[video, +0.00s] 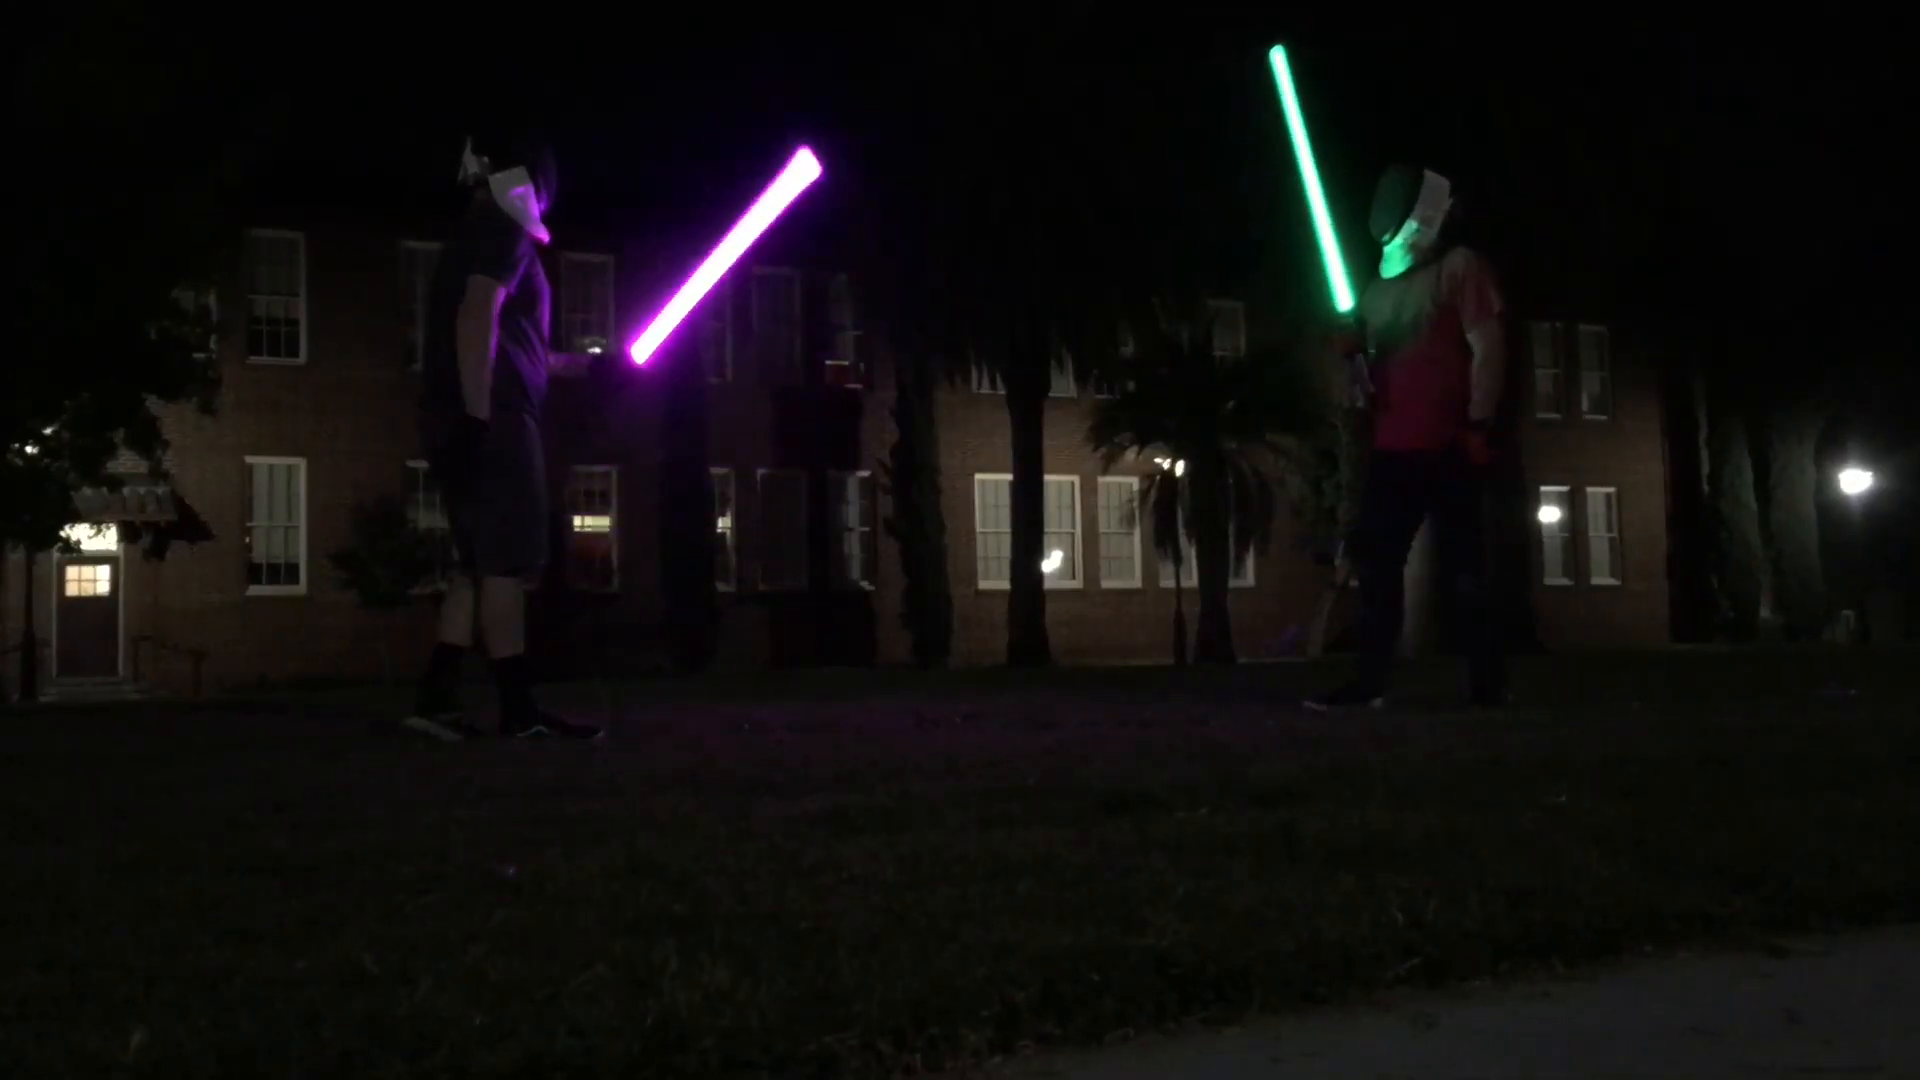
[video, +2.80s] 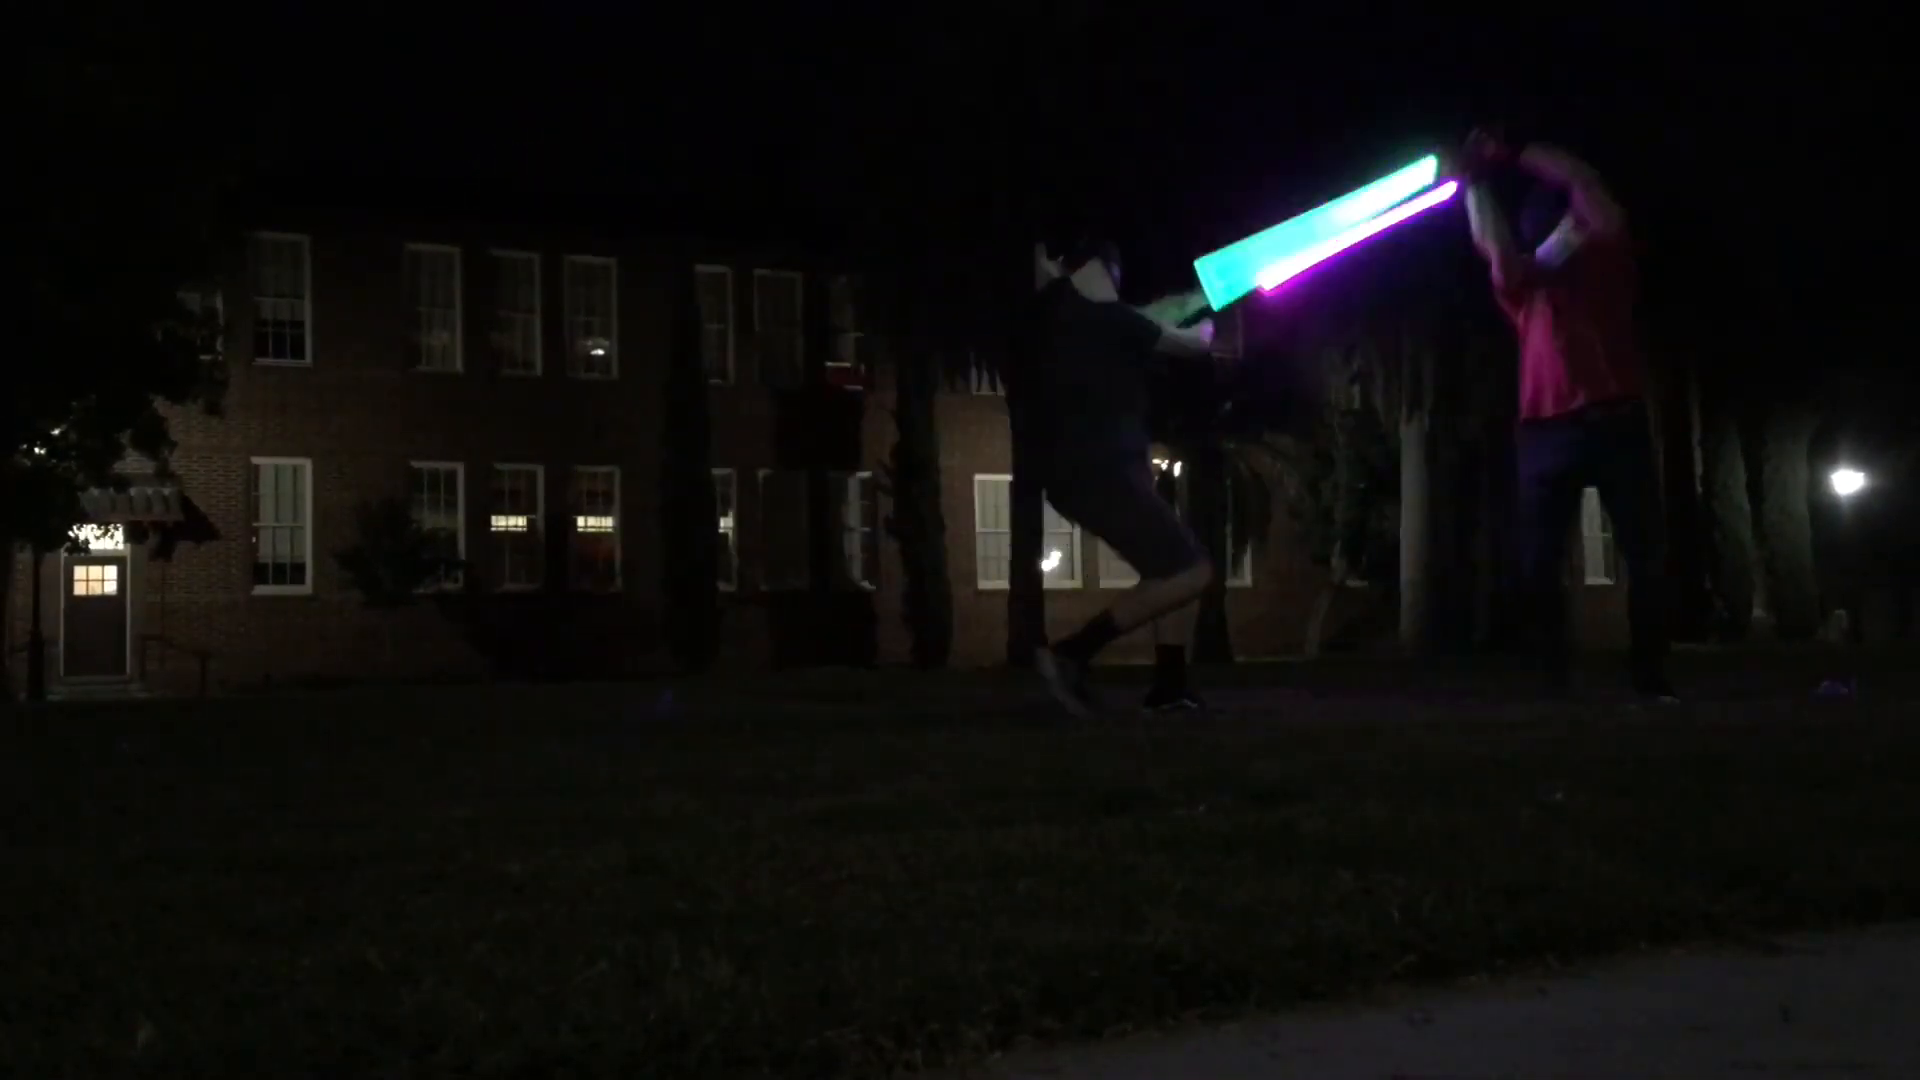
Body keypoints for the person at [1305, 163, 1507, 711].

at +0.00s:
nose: (1387, 237)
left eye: (1397, 225)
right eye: (1385, 227)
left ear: (1425, 221)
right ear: (1389, 226)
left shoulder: (1460, 271)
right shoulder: (1379, 289)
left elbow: (1488, 348)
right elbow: (1361, 392)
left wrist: (1481, 421)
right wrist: (1349, 356)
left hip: (1452, 446)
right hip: (1394, 450)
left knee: (1463, 568)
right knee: (1376, 562)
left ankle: (1481, 679)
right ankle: (1367, 677)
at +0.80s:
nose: (1344, 236)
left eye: (1353, 224)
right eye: (1345, 225)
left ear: (1378, 223)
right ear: (1361, 223)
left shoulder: (1410, 273)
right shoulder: (1335, 292)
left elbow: (1459, 350)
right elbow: (1328, 369)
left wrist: (1446, 405)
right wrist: (1291, 391)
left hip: (1411, 446)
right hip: (1350, 453)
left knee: (1441, 567)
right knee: (1360, 574)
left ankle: (1471, 677)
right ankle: (1356, 681)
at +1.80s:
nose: (1373, 236)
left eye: (1387, 223)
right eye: (1371, 224)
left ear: (1415, 225)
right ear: (1371, 229)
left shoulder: (1440, 279)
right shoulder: (1373, 296)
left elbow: (1421, 358)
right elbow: (1355, 362)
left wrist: (1354, 392)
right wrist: (1323, 381)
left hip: (1439, 453)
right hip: (1382, 455)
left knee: (1451, 570)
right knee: (1351, 556)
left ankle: (1475, 683)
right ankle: (1350, 676)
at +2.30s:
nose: (1368, 262)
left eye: (1382, 252)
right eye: (1366, 250)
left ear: (1407, 260)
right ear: (1360, 258)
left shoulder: (1425, 312)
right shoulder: (1350, 329)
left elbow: (1372, 372)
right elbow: (1316, 393)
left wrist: (1303, 415)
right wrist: (1254, 411)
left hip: (1434, 479)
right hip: (1373, 482)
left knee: (1473, 586)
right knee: (1319, 563)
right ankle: (1311, 682)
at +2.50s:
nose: (1449, 282)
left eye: (1460, 271)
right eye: (1450, 273)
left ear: (1485, 274)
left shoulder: (1502, 310)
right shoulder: (1441, 330)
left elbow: (1431, 331)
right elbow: (1406, 398)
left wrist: (1367, 343)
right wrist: (1338, 392)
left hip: (1495, 482)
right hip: (1436, 485)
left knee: (1548, 598)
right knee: (1373, 584)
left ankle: (1640, 688)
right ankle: (1317, 690)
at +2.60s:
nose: (1491, 275)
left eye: (1502, 266)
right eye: (1486, 267)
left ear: (1527, 262)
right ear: (1484, 271)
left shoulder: (1554, 301)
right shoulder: (1474, 325)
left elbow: (1499, 277)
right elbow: (1444, 359)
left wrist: (1430, 280)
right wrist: (1398, 341)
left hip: (1550, 466)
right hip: (1484, 471)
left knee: (1587, 586)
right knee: (1431, 580)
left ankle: (1644, 687)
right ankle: (1361, 678)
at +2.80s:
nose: (1564, 226)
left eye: (1573, 217)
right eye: (1553, 220)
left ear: (1580, 222)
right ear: (1540, 229)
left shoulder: (1602, 254)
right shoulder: (1522, 280)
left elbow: (1579, 184)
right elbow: (1494, 245)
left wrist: (1516, 154)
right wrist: (1474, 181)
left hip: (1614, 412)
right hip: (1548, 419)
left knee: (1642, 551)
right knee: (1542, 555)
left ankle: (1650, 674)